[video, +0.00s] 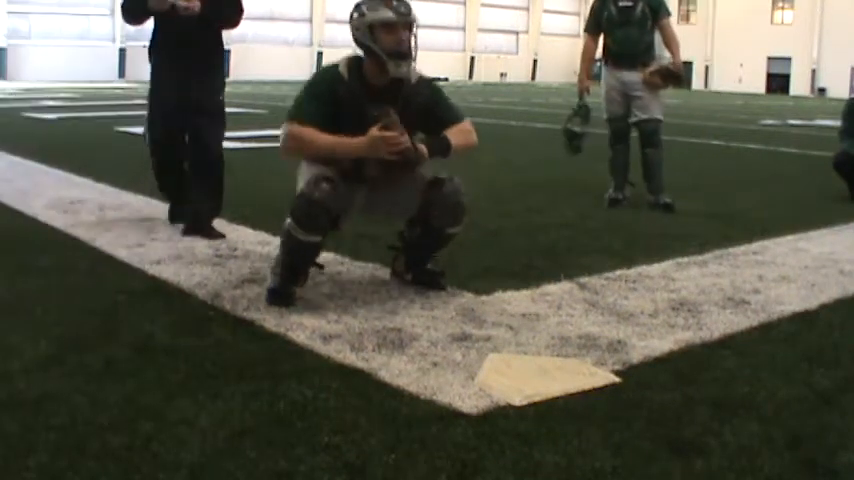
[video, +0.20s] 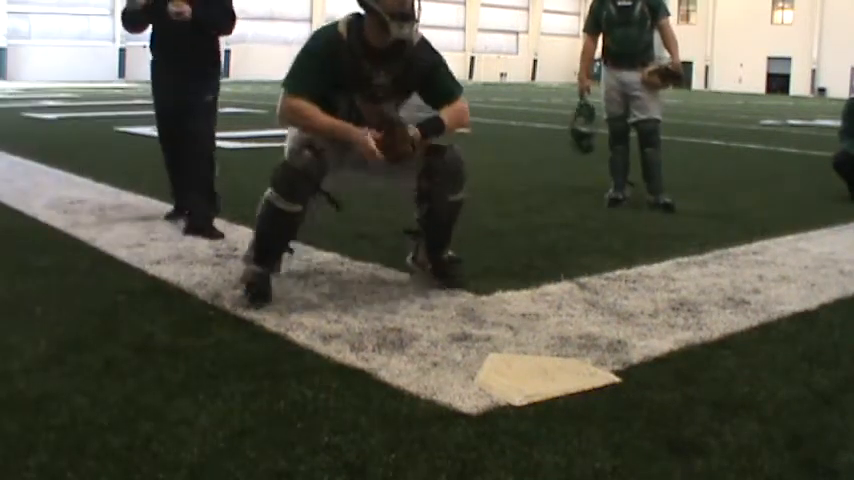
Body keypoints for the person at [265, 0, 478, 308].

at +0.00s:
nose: (402, 39)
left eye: (407, 30)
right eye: (390, 31)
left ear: (413, 33)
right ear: (364, 35)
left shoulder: (420, 89)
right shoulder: (330, 82)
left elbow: (467, 135)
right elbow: (292, 141)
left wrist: (424, 147)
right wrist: (364, 146)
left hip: (392, 187)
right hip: (338, 186)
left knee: (446, 195)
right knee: (320, 191)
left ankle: (412, 265)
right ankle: (287, 278)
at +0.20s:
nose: (406, 20)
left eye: (409, 11)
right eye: (395, 13)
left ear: (415, 8)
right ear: (369, 9)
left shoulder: (417, 51)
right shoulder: (328, 42)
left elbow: (460, 111)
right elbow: (290, 109)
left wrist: (417, 134)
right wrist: (355, 135)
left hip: (391, 146)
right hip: (332, 146)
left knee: (445, 163)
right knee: (301, 159)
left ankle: (433, 254)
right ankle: (260, 267)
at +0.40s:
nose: (402, 36)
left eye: (406, 26)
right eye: (390, 26)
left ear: (412, 29)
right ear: (364, 32)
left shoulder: (414, 85)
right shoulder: (326, 76)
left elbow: (466, 132)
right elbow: (277, 131)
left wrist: (434, 144)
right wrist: (344, 152)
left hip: (388, 161)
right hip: (323, 160)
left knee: (437, 181)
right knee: (304, 192)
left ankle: (432, 263)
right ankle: (255, 276)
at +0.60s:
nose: (401, 45)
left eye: (404, 36)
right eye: (389, 37)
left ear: (410, 38)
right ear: (363, 42)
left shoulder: (414, 94)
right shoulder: (325, 84)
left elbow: (460, 144)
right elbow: (282, 141)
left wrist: (451, 159)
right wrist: (350, 155)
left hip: (389, 171)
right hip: (329, 171)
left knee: (438, 175)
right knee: (297, 187)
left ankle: (431, 263)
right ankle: (254, 276)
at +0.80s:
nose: (403, 34)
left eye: (406, 24)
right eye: (390, 25)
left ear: (411, 27)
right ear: (364, 30)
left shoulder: (413, 83)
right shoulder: (324, 72)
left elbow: (455, 132)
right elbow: (280, 130)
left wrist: (459, 157)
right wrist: (350, 146)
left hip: (375, 158)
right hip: (318, 154)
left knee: (435, 174)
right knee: (298, 184)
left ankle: (430, 262)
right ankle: (253, 276)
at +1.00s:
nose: (401, 42)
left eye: (404, 32)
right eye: (388, 32)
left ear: (409, 35)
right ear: (363, 38)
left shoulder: (412, 90)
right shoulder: (325, 80)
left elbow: (459, 141)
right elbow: (279, 139)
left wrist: (448, 163)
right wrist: (346, 154)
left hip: (379, 164)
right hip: (321, 161)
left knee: (436, 179)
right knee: (302, 189)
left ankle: (430, 263)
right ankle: (253, 277)